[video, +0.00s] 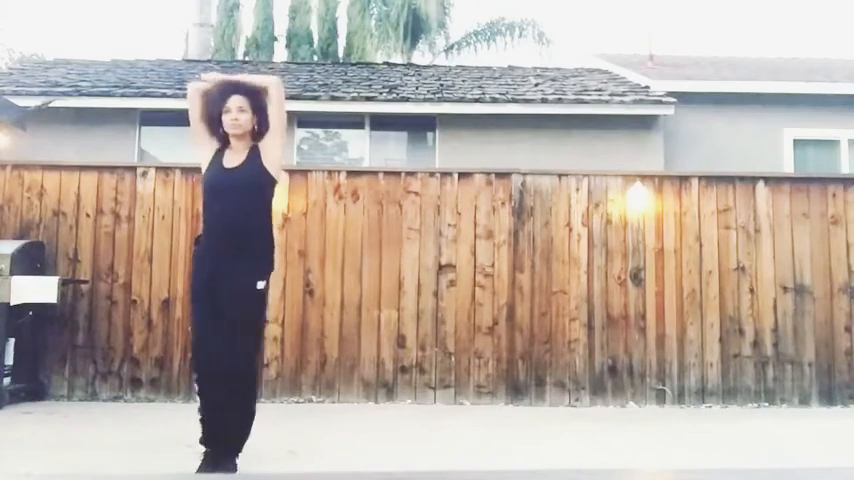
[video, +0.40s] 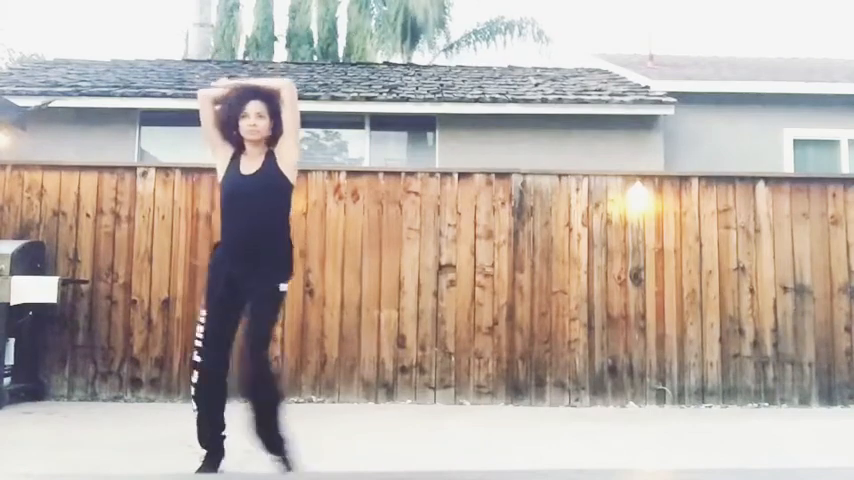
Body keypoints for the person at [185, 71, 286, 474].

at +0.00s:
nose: (234, 116)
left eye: (242, 110)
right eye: (229, 111)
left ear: (255, 117)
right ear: (220, 118)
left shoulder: (269, 151)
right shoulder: (210, 152)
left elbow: (276, 83)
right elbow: (195, 87)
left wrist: (239, 80)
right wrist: (233, 79)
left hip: (250, 263)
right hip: (209, 261)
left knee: (240, 355)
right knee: (208, 354)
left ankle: (229, 450)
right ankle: (213, 449)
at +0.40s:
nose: (254, 122)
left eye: (261, 116)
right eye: (247, 116)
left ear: (273, 123)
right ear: (236, 123)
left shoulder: (284, 156)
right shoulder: (226, 156)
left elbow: (288, 88)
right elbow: (204, 97)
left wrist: (243, 84)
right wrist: (234, 86)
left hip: (269, 273)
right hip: (226, 269)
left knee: (253, 360)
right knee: (210, 361)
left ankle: (275, 445)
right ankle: (212, 451)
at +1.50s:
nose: (248, 122)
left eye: (255, 115)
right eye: (242, 116)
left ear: (272, 122)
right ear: (237, 124)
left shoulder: (278, 156)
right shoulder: (239, 158)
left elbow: (293, 91)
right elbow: (217, 102)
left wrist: (274, 92)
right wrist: (251, 94)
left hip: (255, 272)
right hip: (227, 272)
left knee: (245, 363)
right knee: (228, 365)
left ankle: (296, 438)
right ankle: (244, 451)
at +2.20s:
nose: (136, 115)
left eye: (145, 109)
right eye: (134, 109)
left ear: (168, 117)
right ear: (131, 117)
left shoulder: (172, 162)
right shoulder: (122, 152)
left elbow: (217, 116)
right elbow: (63, 118)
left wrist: (206, 124)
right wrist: (103, 95)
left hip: (137, 263)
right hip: (107, 262)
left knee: (114, 361)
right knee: (110, 362)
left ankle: (89, 458)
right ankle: (179, 432)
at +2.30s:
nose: (130, 116)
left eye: (139, 110)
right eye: (128, 111)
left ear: (161, 118)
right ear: (123, 117)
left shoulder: (165, 164)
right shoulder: (113, 154)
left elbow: (214, 124)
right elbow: (53, 126)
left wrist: (192, 134)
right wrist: (91, 100)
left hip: (131, 266)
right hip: (101, 265)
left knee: (111, 366)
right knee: (102, 367)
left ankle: (88, 459)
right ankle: (174, 433)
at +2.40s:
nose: (126, 117)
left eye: (136, 111)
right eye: (124, 112)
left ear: (158, 119)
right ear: (120, 120)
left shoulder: (162, 167)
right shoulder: (110, 155)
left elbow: (211, 136)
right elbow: (51, 137)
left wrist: (184, 138)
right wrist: (85, 103)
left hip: (132, 265)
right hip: (100, 265)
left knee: (112, 365)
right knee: (93, 369)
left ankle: (89, 459)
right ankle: (171, 432)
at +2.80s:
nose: (160, 116)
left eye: (168, 111)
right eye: (158, 112)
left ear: (190, 117)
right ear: (155, 120)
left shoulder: (209, 159)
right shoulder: (147, 160)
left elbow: (238, 197)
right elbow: (114, 210)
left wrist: (229, 159)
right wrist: (102, 158)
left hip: (186, 267)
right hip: (150, 265)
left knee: (142, 354)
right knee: (161, 356)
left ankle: (96, 454)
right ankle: (199, 440)